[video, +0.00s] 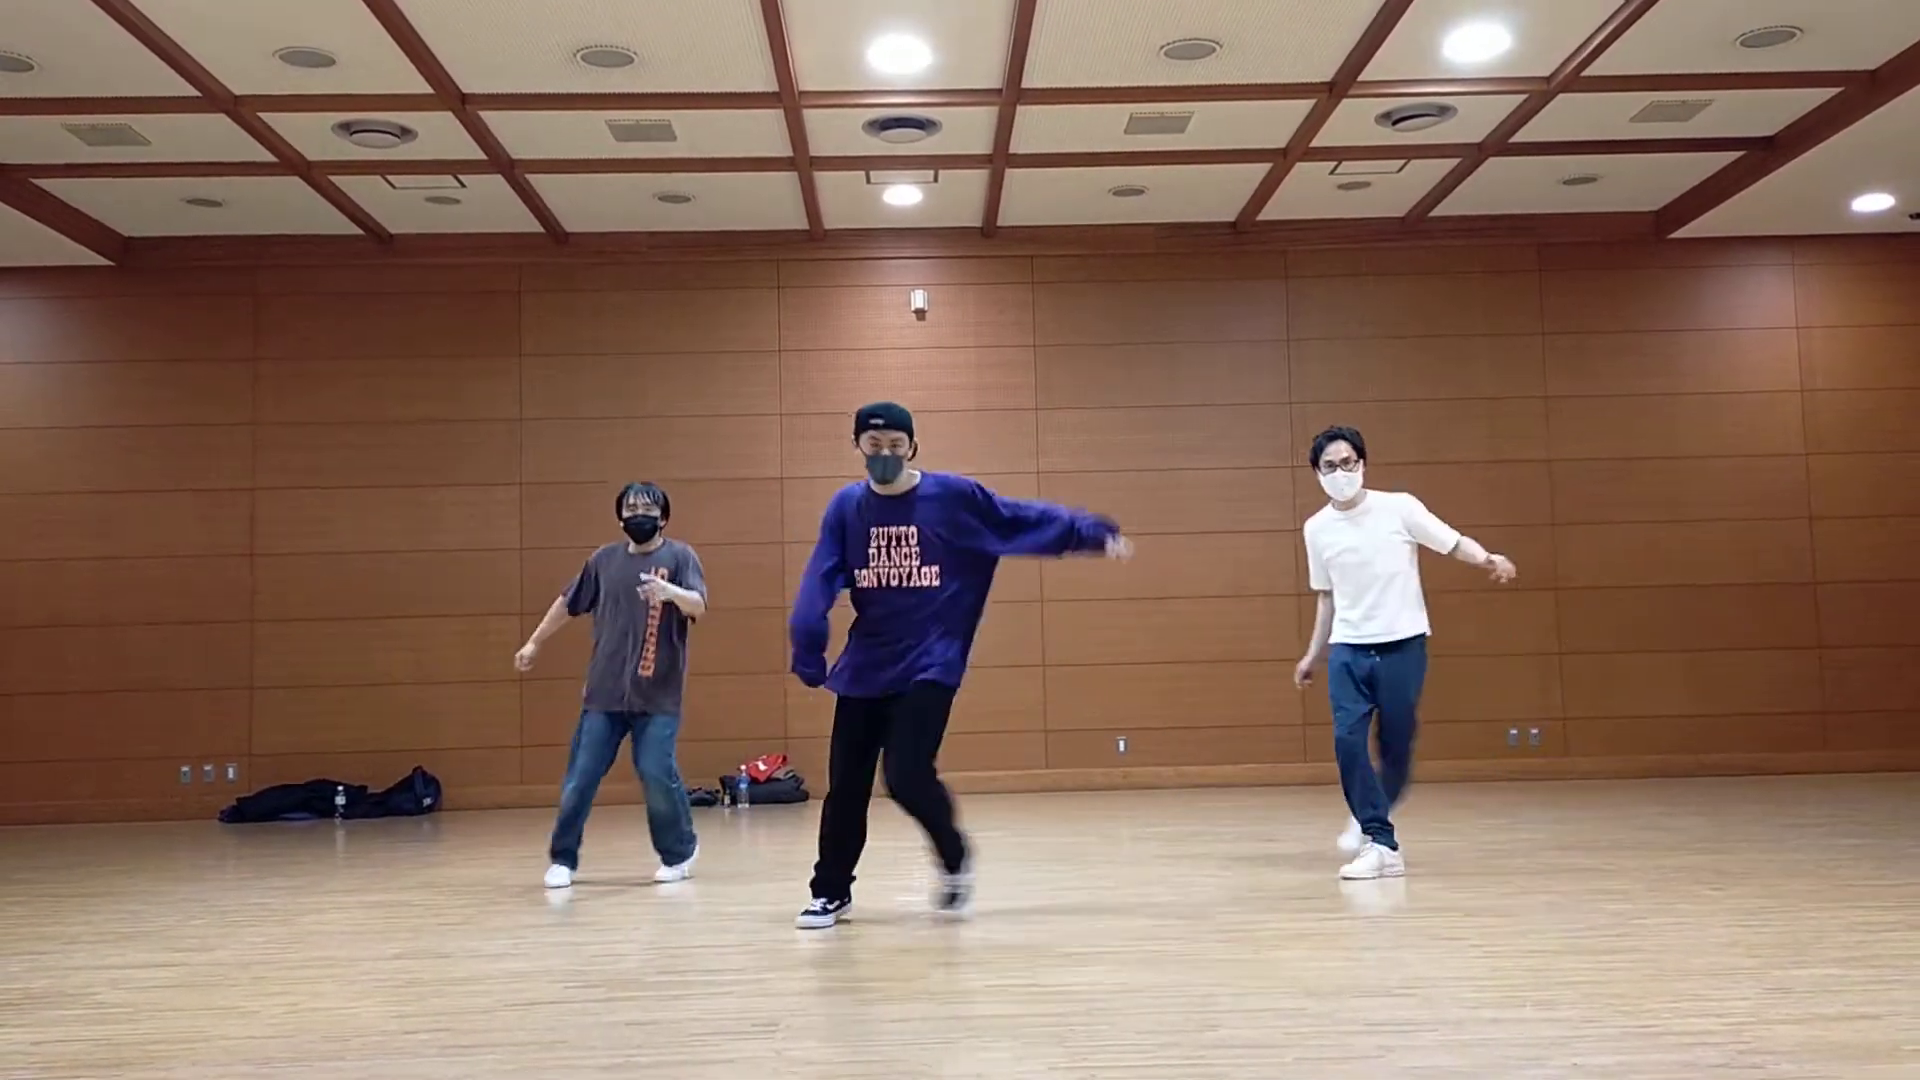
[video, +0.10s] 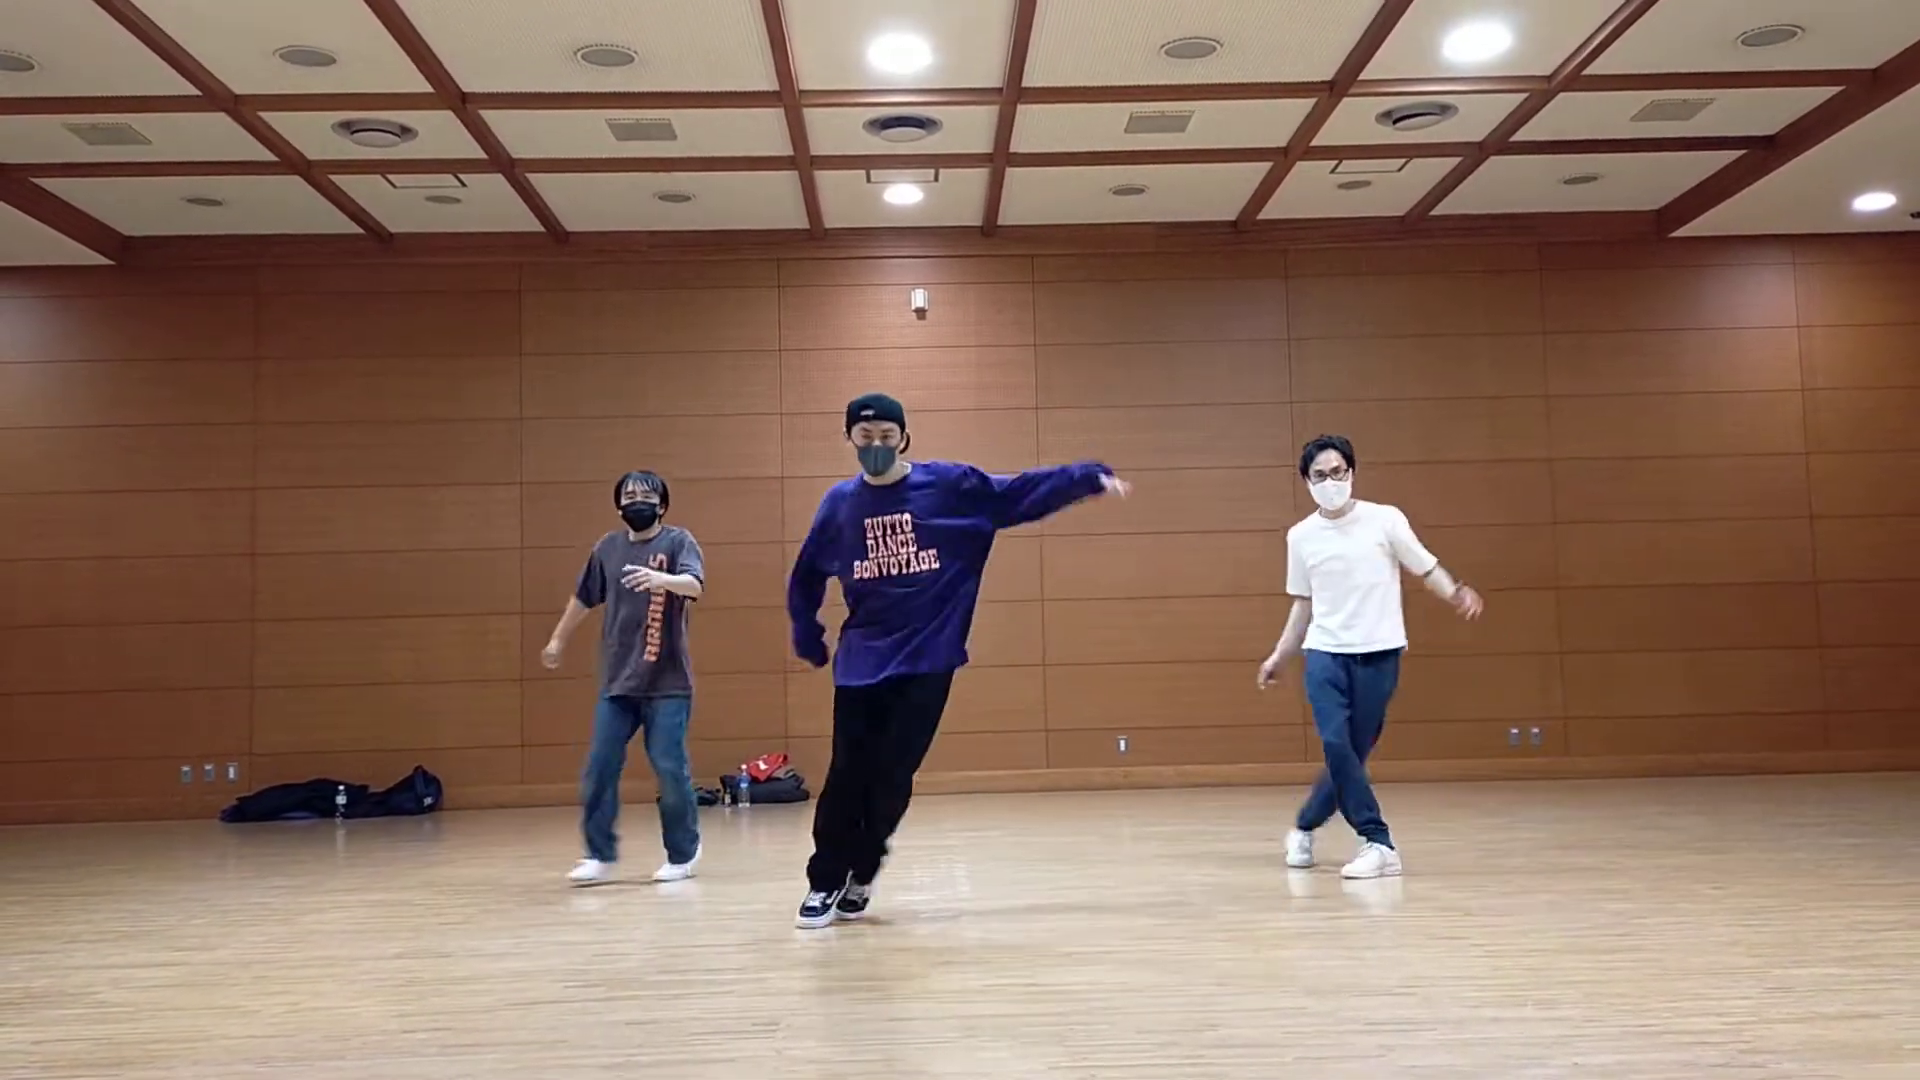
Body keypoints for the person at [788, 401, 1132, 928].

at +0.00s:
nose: (884, 451)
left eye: (894, 443)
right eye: (874, 442)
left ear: (911, 448)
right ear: (859, 447)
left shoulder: (951, 497)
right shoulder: (848, 508)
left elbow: (1020, 520)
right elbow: (819, 581)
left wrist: (1088, 530)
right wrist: (807, 646)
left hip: (933, 656)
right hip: (869, 658)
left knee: (905, 774)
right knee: (847, 783)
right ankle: (831, 892)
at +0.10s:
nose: (874, 443)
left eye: (884, 434)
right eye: (864, 434)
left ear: (902, 438)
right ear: (851, 440)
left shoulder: (947, 485)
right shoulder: (841, 505)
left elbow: (1018, 494)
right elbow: (807, 575)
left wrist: (1084, 477)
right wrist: (806, 636)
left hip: (930, 650)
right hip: (864, 649)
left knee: (891, 770)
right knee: (850, 766)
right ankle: (825, 882)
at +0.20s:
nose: (875, 450)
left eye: (885, 442)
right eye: (866, 443)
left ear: (904, 446)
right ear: (853, 449)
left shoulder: (948, 496)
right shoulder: (844, 508)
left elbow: (1012, 506)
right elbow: (826, 577)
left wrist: (1063, 469)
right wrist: (837, 637)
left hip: (921, 661)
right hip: (854, 658)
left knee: (886, 777)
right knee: (843, 763)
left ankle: (855, 874)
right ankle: (848, 880)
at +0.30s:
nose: (882, 470)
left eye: (892, 461)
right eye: (872, 462)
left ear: (911, 462)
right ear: (858, 466)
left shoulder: (951, 518)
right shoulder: (852, 516)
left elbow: (1016, 538)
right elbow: (847, 586)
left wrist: (1048, 482)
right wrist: (848, 642)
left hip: (920, 674)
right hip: (853, 664)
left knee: (881, 784)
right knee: (854, 777)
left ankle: (851, 878)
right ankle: (889, 893)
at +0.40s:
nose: (889, 474)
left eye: (899, 466)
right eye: (879, 466)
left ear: (918, 470)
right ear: (867, 473)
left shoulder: (955, 524)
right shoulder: (862, 531)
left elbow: (1009, 546)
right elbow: (864, 602)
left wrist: (1019, 484)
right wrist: (858, 656)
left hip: (927, 685)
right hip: (860, 675)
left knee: (890, 796)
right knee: (865, 784)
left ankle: (851, 876)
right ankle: (900, 898)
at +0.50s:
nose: (901, 475)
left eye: (911, 465)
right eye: (890, 466)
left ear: (929, 468)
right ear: (876, 471)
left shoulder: (964, 518)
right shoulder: (877, 531)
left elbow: (1006, 517)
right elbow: (860, 607)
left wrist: (993, 446)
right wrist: (845, 673)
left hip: (942, 685)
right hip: (876, 679)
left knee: (915, 803)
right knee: (868, 788)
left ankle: (875, 863)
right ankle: (900, 900)